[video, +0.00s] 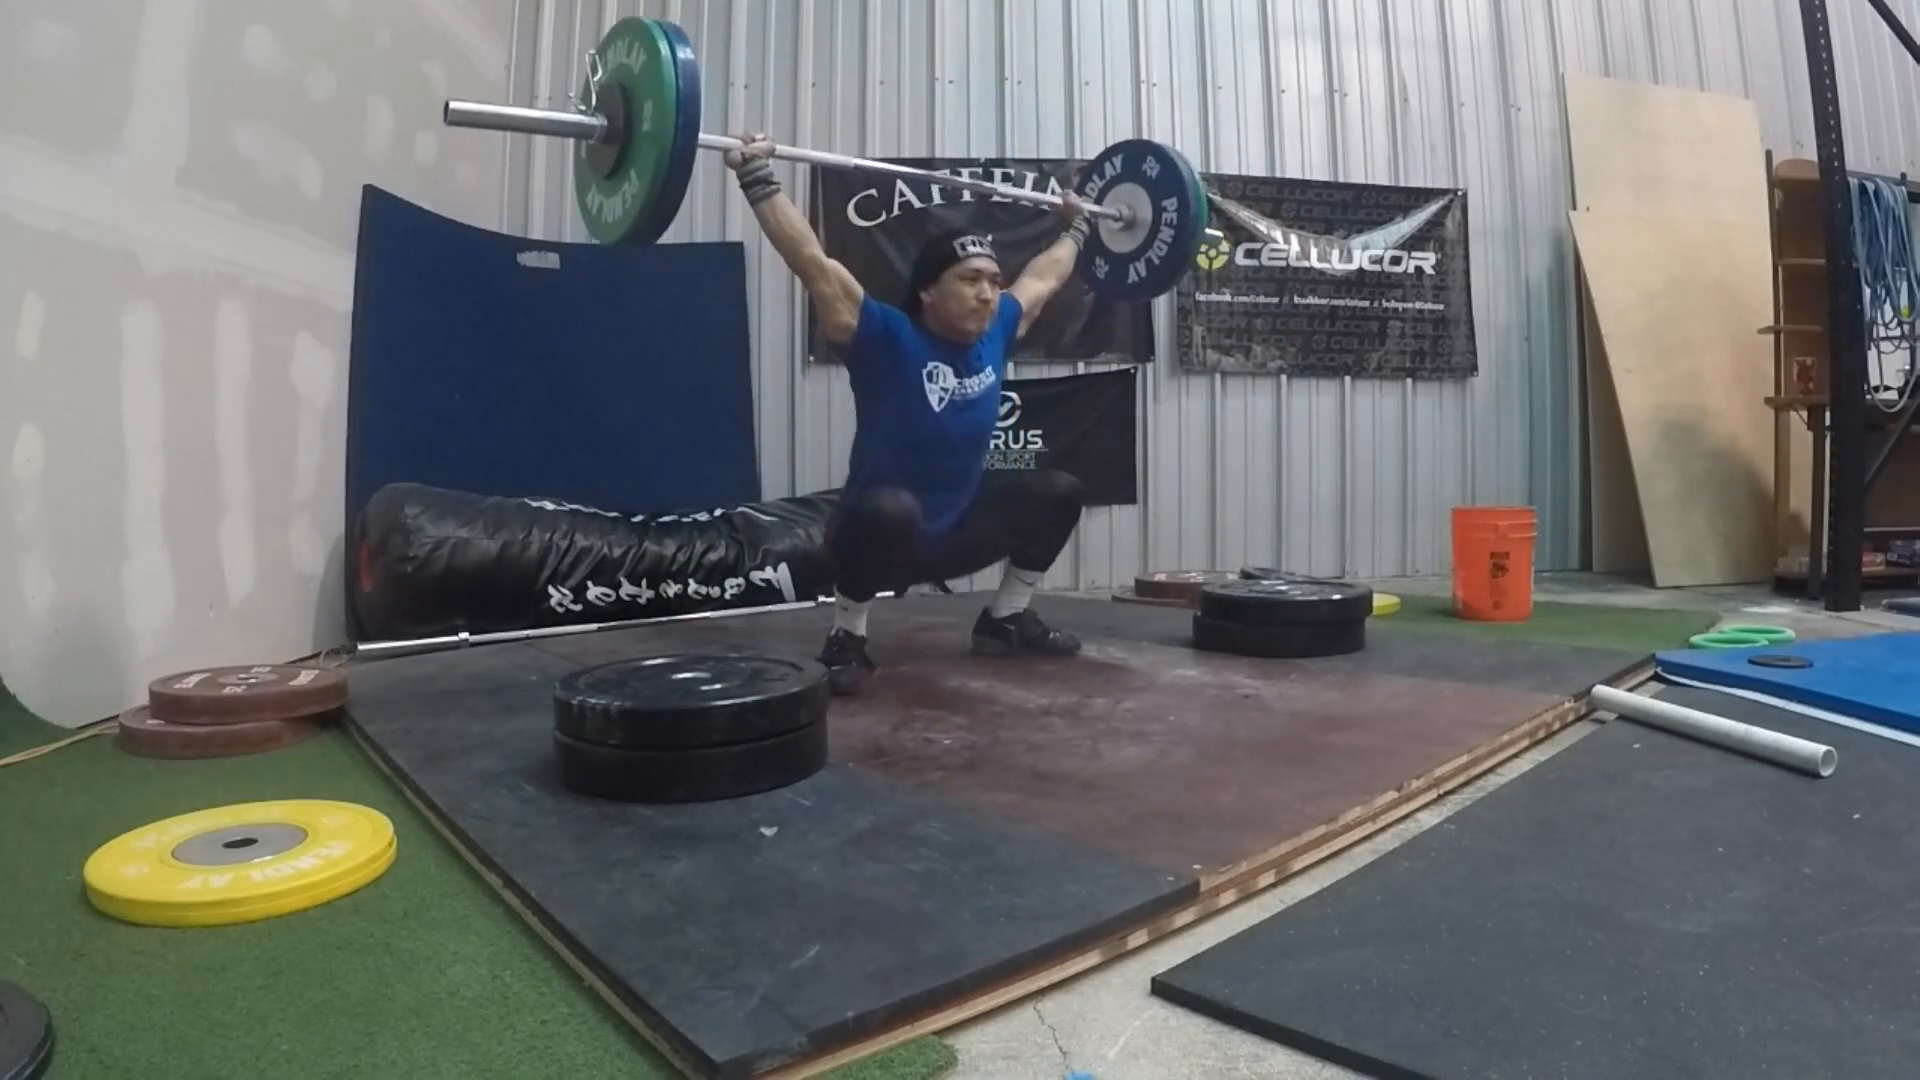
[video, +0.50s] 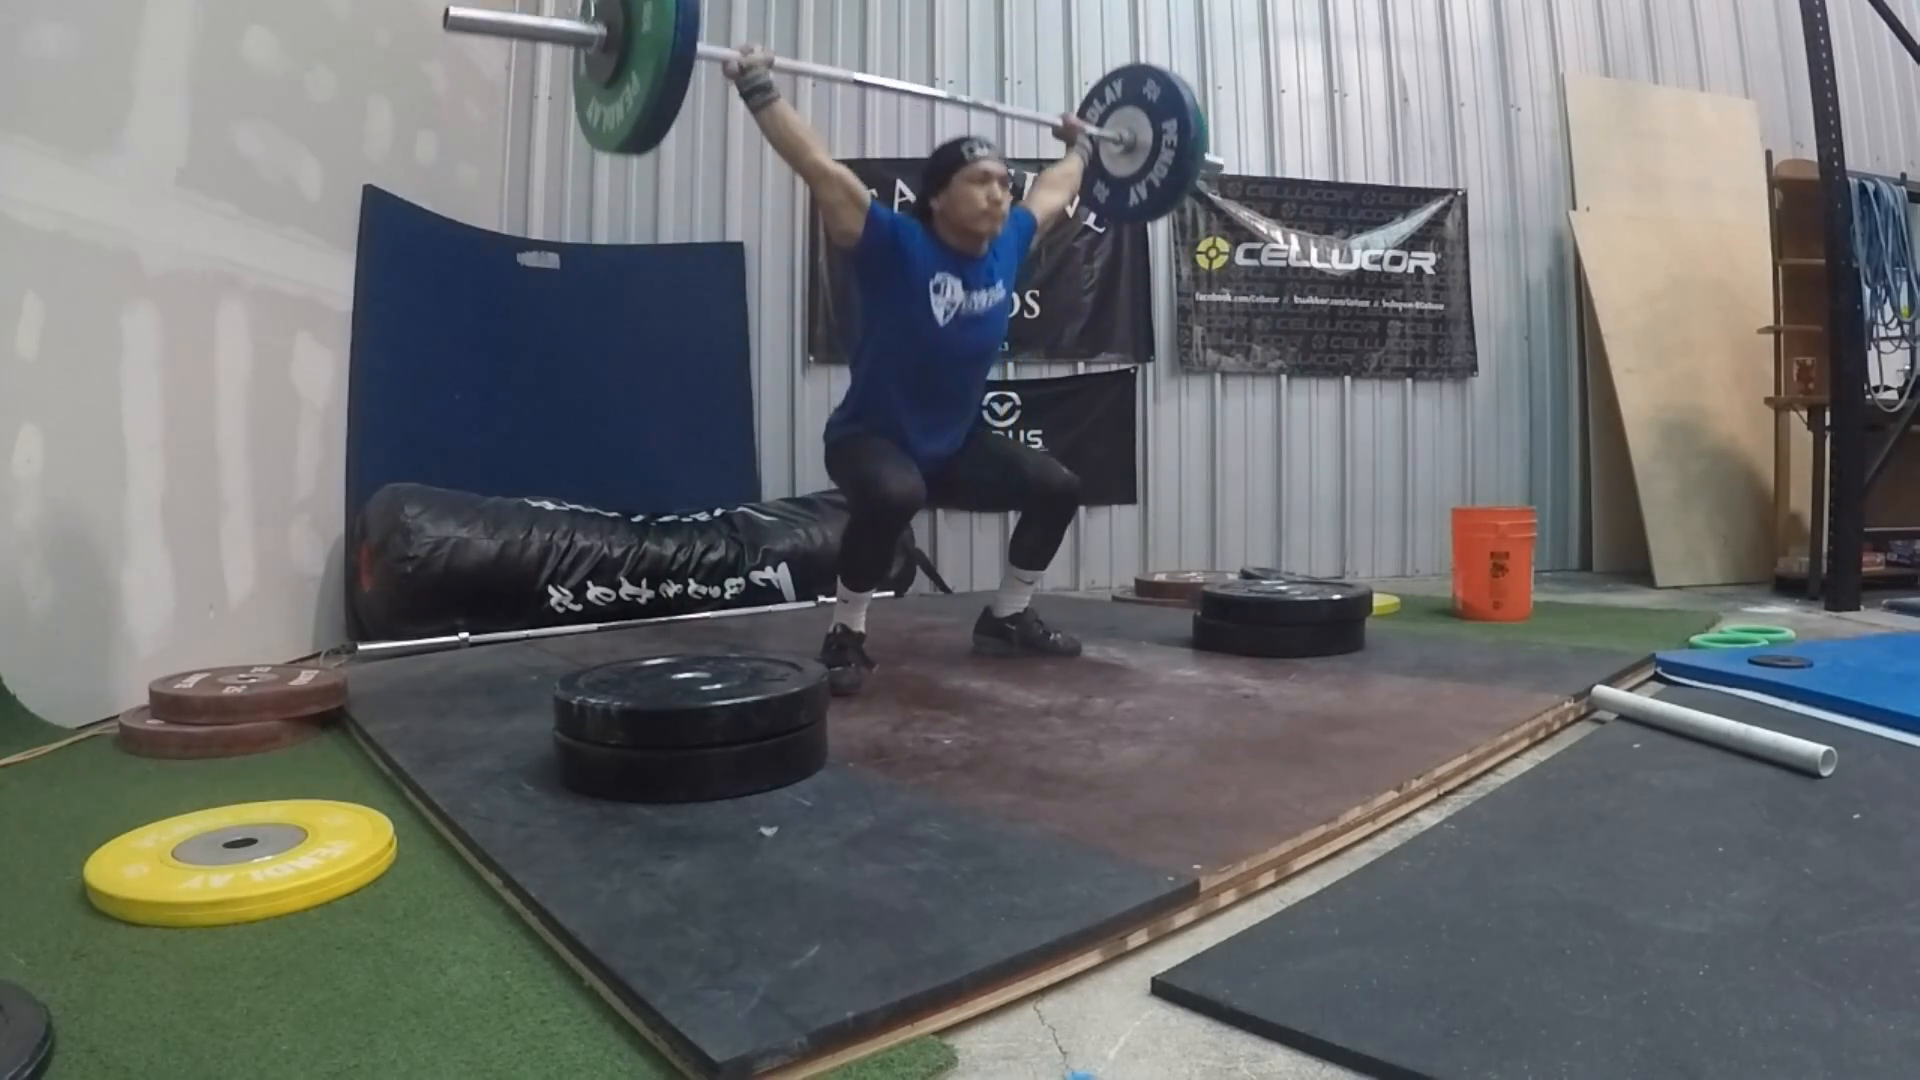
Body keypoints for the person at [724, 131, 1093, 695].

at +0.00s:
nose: (986, 294)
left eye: (991, 283)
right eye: (970, 280)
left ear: (998, 293)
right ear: (927, 295)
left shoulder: (993, 335)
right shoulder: (881, 337)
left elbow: (1042, 279)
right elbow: (815, 267)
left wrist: (1075, 228)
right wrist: (757, 179)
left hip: (957, 535)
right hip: (883, 538)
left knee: (1058, 494)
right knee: (888, 507)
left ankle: (1005, 617)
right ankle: (847, 636)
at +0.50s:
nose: (998, 194)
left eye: (1001, 184)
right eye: (982, 182)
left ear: (1006, 200)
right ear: (938, 197)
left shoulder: (1006, 247)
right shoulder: (890, 244)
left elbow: (1052, 192)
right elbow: (820, 171)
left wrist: (1080, 148)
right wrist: (759, 87)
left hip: (954, 446)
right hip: (871, 439)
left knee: (1057, 487)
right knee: (895, 493)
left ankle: (1006, 616)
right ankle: (846, 633)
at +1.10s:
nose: (938, 49)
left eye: (944, 39)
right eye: (925, 33)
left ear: (946, 53)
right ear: (879, 40)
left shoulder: (945, 100)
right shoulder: (834, 86)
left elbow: (996, 59)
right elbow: (768, 15)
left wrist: (1032, 20)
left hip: (912, 329)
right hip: (832, 323)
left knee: (952, 461)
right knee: (839, 464)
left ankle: (965, 610)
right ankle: (825, 630)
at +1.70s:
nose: (846, 91)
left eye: (852, 81)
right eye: (832, 78)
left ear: (856, 86)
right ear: (792, 82)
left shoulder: (869, 144)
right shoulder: (763, 139)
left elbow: (938, 161)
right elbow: (683, 140)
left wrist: (996, 117)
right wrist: (691, 66)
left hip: (883, 328)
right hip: (812, 330)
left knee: (883, 465)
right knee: (817, 454)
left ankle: (879, 614)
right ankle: (805, 612)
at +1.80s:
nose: (835, 96)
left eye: (841, 86)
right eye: (823, 83)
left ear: (846, 93)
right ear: (783, 88)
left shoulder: (855, 156)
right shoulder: (746, 148)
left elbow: (928, 215)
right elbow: (675, 201)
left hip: (866, 328)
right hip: (796, 329)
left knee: (870, 459)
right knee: (809, 449)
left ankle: (878, 612)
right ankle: (757, 585)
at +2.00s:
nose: (805, 122)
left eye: (811, 112)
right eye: (793, 110)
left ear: (815, 116)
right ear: (753, 112)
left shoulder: (821, 185)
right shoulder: (716, 176)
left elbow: (839, 268)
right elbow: (694, 257)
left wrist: (876, 337)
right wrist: (749, 307)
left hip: (813, 361)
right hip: (742, 362)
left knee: (835, 476)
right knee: (738, 483)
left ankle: (868, 609)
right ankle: (686, 586)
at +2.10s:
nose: (798, 130)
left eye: (804, 120)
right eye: (786, 118)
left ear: (808, 125)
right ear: (745, 121)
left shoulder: (805, 187)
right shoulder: (706, 189)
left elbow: (806, 270)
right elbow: (718, 282)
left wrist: (809, 338)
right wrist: (785, 334)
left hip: (782, 364)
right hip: (719, 366)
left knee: (806, 468)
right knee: (719, 486)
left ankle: (840, 590)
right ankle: (690, 599)